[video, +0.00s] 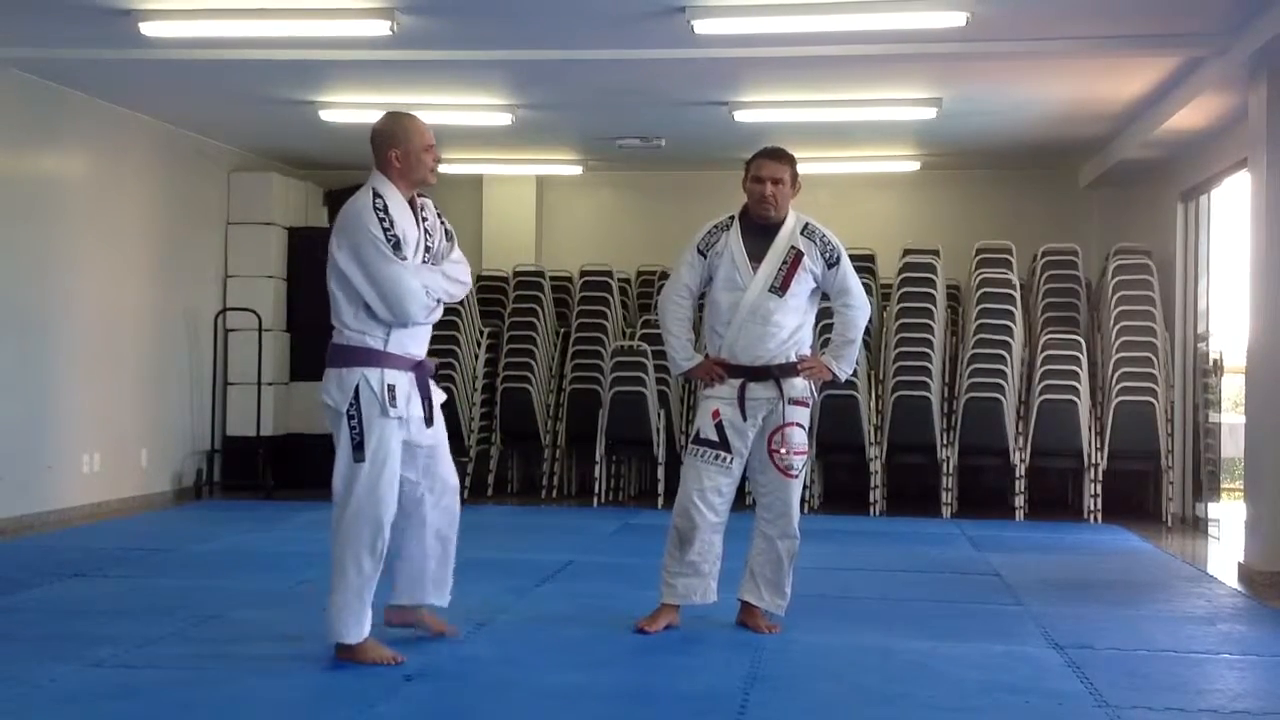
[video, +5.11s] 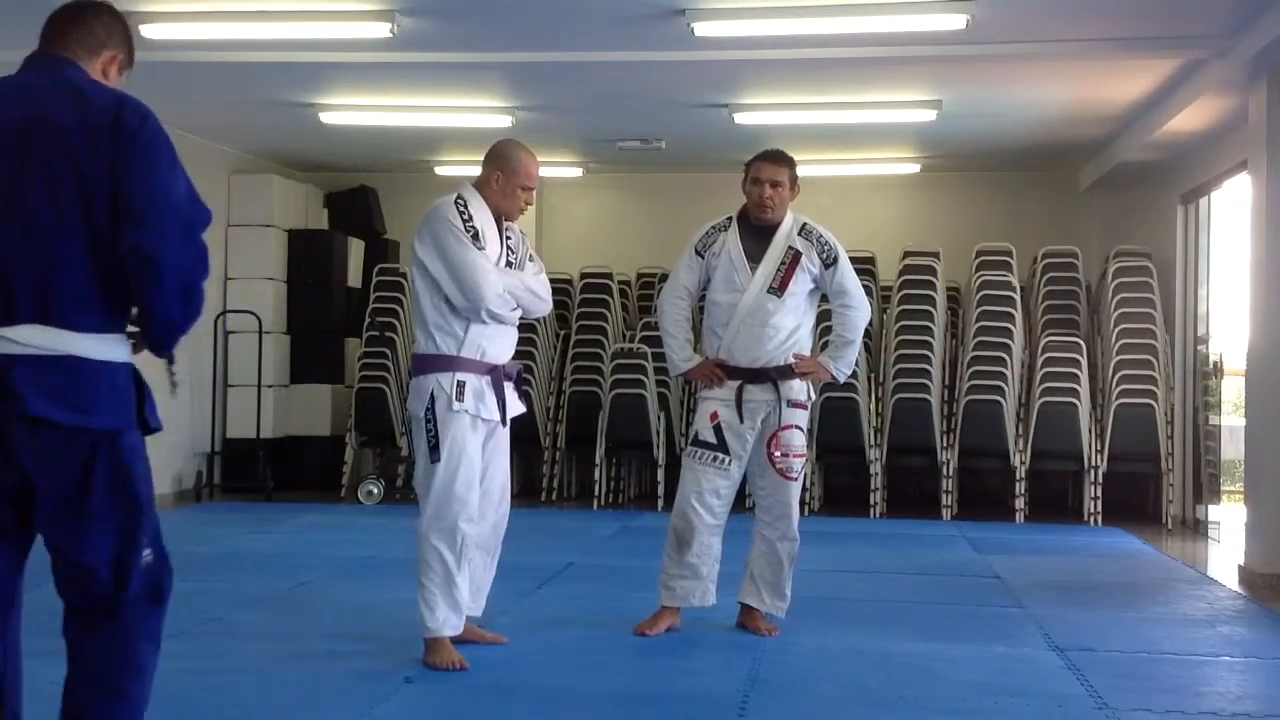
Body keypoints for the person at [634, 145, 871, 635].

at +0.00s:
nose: (767, 191)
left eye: (778, 183)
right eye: (758, 181)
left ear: (794, 189)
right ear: (744, 185)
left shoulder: (818, 244)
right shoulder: (713, 238)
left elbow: (854, 305)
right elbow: (674, 299)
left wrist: (836, 362)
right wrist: (688, 357)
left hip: (788, 391)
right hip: (722, 386)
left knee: (780, 507)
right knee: (696, 500)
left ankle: (756, 605)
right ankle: (672, 603)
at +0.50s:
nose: (763, 203)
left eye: (773, 194)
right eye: (754, 193)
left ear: (790, 194)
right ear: (740, 191)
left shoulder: (814, 244)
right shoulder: (713, 237)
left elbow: (851, 304)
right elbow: (669, 298)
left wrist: (860, 287)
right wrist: (687, 360)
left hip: (787, 390)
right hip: (722, 386)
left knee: (780, 506)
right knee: (695, 501)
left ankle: (757, 604)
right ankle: (672, 602)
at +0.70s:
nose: (765, 203)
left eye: (775, 194)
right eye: (756, 193)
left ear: (790, 195)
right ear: (740, 191)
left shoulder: (806, 238)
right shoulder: (711, 236)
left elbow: (860, 262)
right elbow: (668, 298)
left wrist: (847, 213)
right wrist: (686, 361)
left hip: (784, 388)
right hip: (720, 386)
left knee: (779, 506)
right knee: (694, 502)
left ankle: (757, 604)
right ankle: (672, 603)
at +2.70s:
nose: (747, 201)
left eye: (759, 196)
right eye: (745, 190)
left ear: (786, 200)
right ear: (742, 186)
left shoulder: (810, 239)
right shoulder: (717, 236)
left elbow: (853, 221)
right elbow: (676, 296)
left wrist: (810, 182)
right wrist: (687, 357)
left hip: (787, 389)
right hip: (723, 386)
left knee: (780, 506)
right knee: (696, 501)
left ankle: (755, 606)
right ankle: (672, 604)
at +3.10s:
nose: (736, 202)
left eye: (746, 195)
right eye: (733, 192)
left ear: (775, 195)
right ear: (731, 188)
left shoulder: (807, 240)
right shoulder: (712, 238)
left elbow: (866, 285)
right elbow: (674, 302)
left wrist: (825, 247)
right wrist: (687, 360)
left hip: (785, 389)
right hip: (721, 386)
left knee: (780, 506)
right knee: (696, 502)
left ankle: (756, 605)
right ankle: (672, 604)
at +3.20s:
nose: (733, 203)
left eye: (743, 196)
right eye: (729, 194)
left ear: (771, 194)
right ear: (725, 190)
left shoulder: (809, 239)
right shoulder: (709, 240)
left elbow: (861, 282)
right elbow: (674, 303)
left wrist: (846, 311)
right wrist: (687, 360)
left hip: (786, 390)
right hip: (722, 387)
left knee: (780, 506)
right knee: (696, 501)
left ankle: (756, 605)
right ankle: (672, 604)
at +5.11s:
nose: (765, 194)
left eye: (776, 185)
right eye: (757, 183)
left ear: (794, 192)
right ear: (743, 187)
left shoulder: (818, 245)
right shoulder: (713, 238)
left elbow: (854, 306)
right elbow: (673, 300)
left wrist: (834, 364)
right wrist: (687, 359)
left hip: (785, 392)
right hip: (720, 387)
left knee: (779, 509)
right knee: (695, 502)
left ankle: (756, 607)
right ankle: (672, 605)